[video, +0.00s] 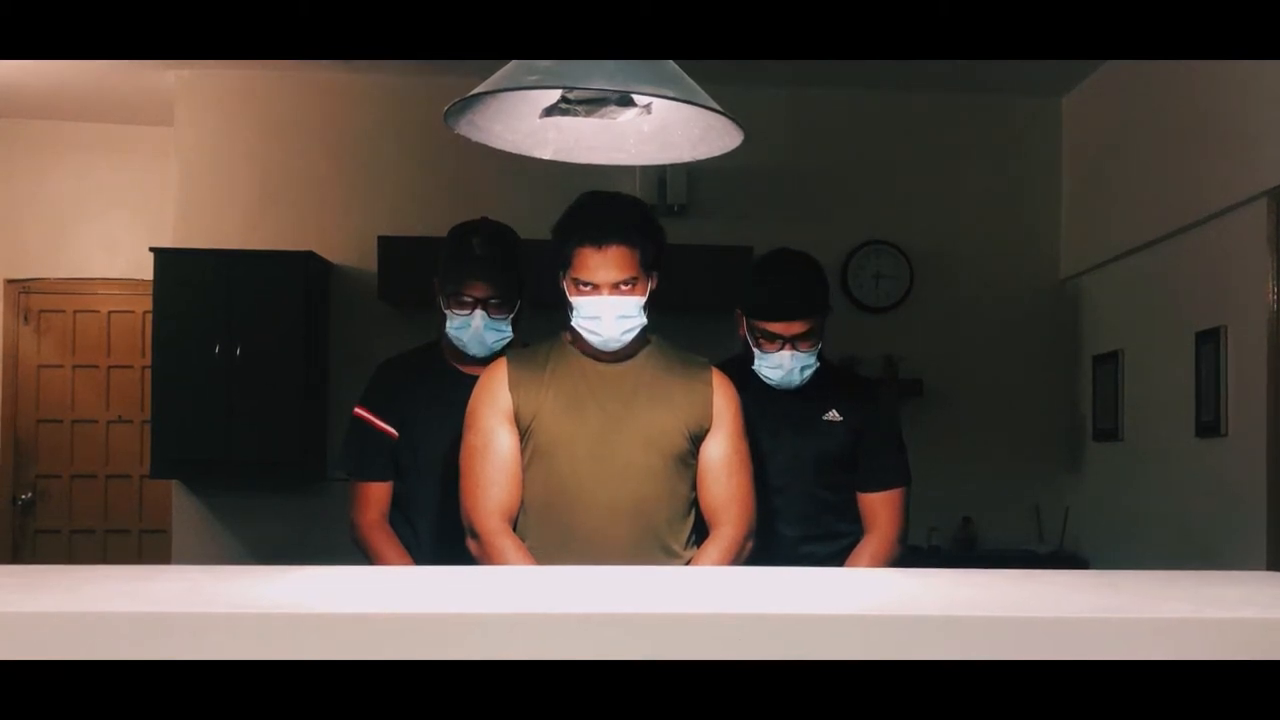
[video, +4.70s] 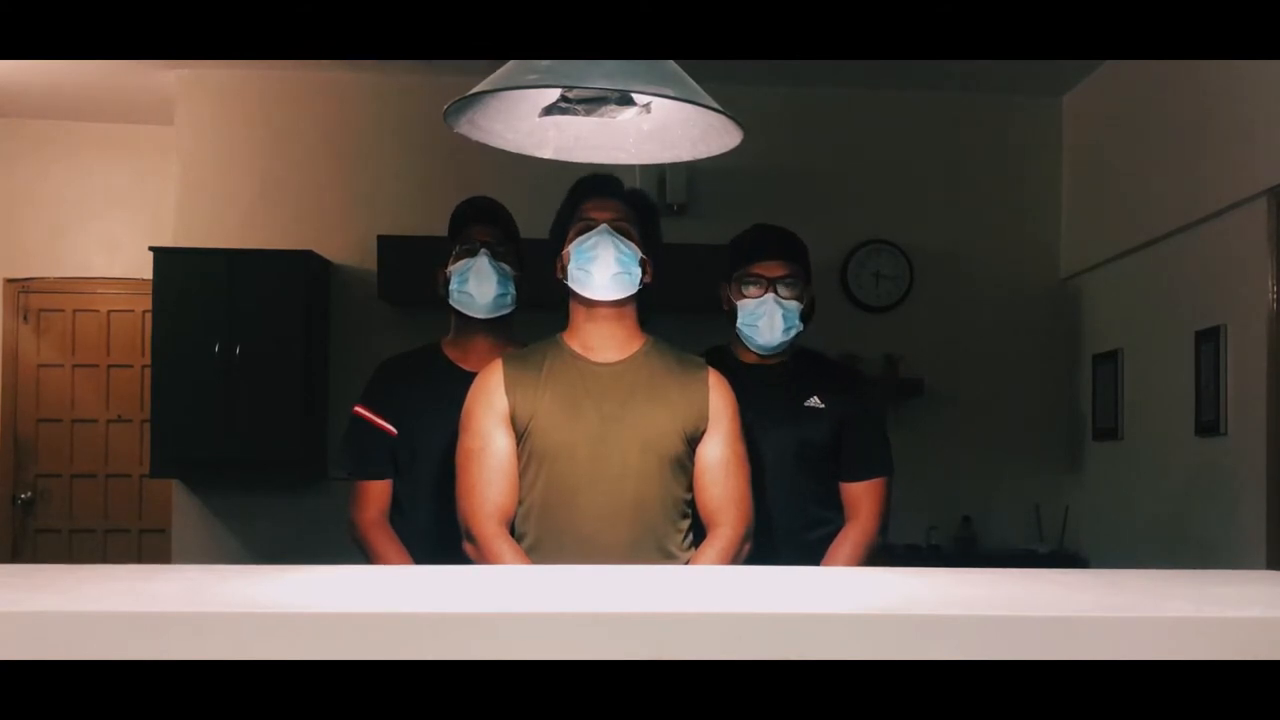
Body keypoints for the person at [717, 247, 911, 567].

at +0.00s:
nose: (786, 357)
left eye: (804, 339)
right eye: (769, 338)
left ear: (823, 327)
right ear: (743, 326)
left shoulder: (863, 402)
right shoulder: (714, 394)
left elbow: (883, 535)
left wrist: (830, 605)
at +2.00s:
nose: (791, 330)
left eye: (807, 314)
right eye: (773, 314)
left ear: (826, 313)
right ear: (746, 313)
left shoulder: (862, 399)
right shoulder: (714, 393)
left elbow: (885, 536)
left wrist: (831, 611)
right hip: (738, 593)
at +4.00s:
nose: (788, 308)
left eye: (804, 293)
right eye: (770, 293)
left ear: (822, 304)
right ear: (743, 304)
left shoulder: (861, 400)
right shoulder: (708, 394)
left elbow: (883, 537)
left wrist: (830, 611)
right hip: (734, 596)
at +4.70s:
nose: (770, 301)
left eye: (787, 287)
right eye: (753, 286)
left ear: (806, 298)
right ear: (730, 294)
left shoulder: (842, 388)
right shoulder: (697, 381)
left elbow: (864, 522)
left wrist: (812, 604)